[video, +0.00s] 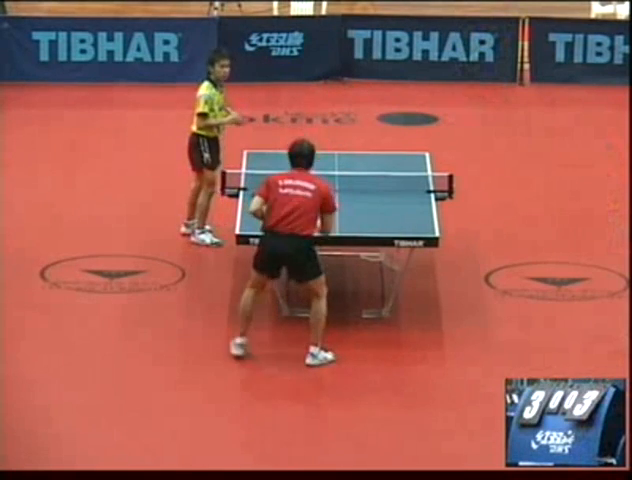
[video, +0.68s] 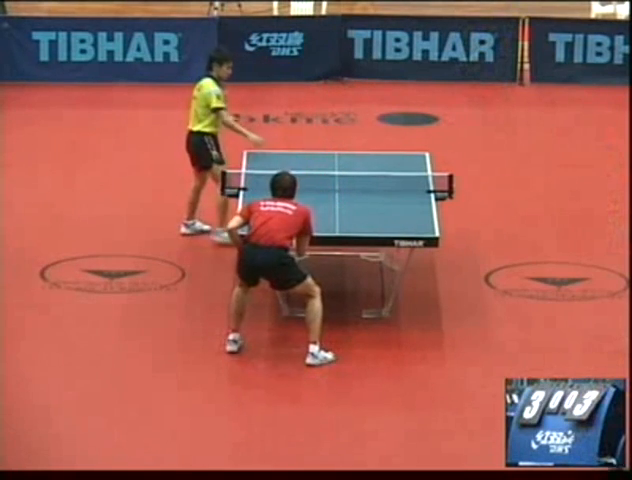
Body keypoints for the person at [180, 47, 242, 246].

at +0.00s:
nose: (225, 71)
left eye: (227, 67)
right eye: (221, 67)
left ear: (229, 69)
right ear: (211, 69)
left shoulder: (218, 90)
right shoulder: (206, 91)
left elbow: (222, 110)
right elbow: (201, 121)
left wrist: (235, 117)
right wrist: (228, 120)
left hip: (211, 137)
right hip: (202, 138)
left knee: (202, 182)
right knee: (209, 183)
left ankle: (190, 222)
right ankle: (200, 228)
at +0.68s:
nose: (230, 72)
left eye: (231, 68)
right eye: (227, 67)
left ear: (215, 68)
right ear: (215, 67)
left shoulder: (202, 85)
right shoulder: (213, 89)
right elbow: (224, 119)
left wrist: (230, 115)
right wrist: (249, 135)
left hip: (195, 134)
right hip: (205, 136)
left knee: (200, 179)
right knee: (223, 180)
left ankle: (189, 221)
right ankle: (221, 228)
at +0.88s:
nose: (250, 83)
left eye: (250, 79)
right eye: (248, 79)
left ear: (234, 79)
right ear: (237, 78)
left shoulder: (218, 92)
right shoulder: (231, 95)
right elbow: (249, 122)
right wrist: (278, 138)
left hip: (201, 139)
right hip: (212, 141)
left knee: (207, 183)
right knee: (232, 182)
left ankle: (190, 221)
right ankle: (242, 226)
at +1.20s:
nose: (281, 110)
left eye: (282, 106)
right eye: (280, 106)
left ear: (264, 102)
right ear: (270, 104)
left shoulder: (245, 110)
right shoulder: (260, 119)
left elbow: (246, 142)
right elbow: (284, 140)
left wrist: (269, 145)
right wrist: (313, 147)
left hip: (213, 149)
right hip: (224, 155)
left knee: (214, 190)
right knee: (245, 191)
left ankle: (191, 222)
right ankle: (244, 227)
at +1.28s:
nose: (284, 112)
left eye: (285, 108)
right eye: (283, 108)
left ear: (267, 104)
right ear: (274, 106)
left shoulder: (248, 111)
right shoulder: (264, 121)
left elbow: (249, 142)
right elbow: (288, 142)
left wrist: (273, 145)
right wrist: (316, 146)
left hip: (214, 149)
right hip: (226, 156)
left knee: (215, 190)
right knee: (247, 191)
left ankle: (191, 222)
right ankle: (242, 228)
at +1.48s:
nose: (288, 113)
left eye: (289, 108)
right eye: (287, 108)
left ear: (270, 105)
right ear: (277, 107)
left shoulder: (251, 112)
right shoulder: (268, 122)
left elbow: (252, 144)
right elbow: (294, 141)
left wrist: (277, 146)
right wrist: (321, 142)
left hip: (216, 150)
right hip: (228, 157)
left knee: (215, 190)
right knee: (246, 192)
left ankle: (191, 222)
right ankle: (243, 228)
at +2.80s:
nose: (278, 102)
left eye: (280, 99)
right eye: (277, 97)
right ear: (267, 94)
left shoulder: (251, 98)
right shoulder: (255, 108)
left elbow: (248, 83)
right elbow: (233, 121)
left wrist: (261, 87)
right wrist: (221, 141)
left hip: (234, 149)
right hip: (228, 149)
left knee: (235, 188)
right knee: (234, 188)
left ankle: (208, 208)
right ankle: (206, 206)